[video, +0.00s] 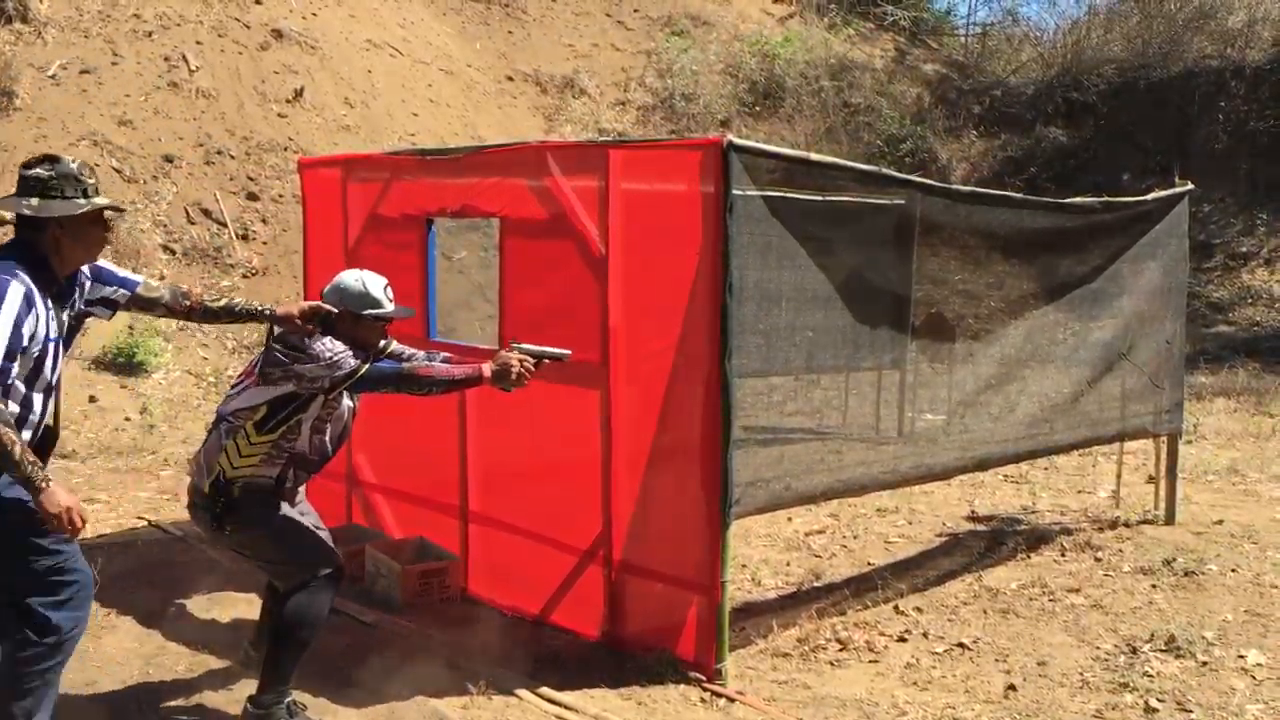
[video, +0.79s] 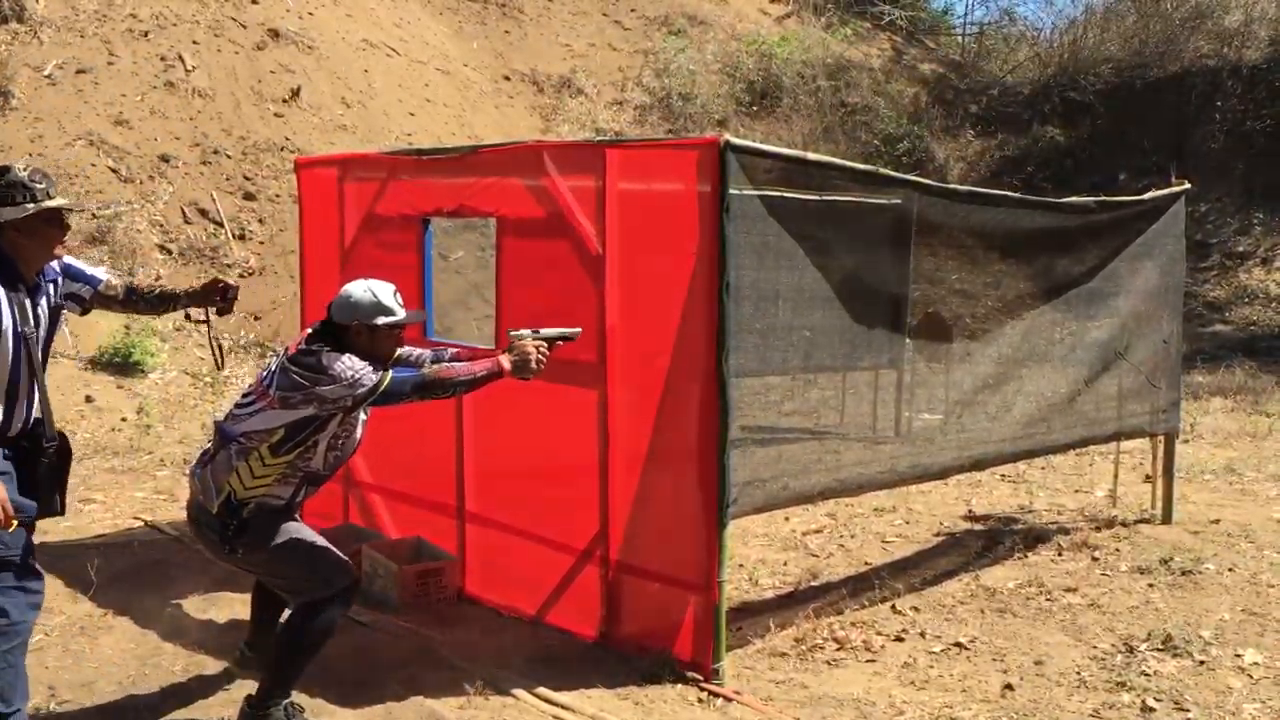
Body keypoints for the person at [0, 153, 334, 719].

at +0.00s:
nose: (108, 228)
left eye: (105, 217)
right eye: (96, 219)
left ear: (64, 231)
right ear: (57, 232)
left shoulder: (79, 276)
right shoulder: (13, 295)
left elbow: (179, 301)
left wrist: (275, 314)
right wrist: (40, 482)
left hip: (16, 475)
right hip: (4, 480)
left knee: (46, 581)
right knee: (66, 583)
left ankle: (18, 698)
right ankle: (22, 707)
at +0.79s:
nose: (62, 230)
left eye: (61, 219)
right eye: (49, 221)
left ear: (38, 226)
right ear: (10, 229)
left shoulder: (52, 274)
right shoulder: (3, 293)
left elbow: (126, 293)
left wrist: (195, 297)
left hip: (25, 452)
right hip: (2, 459)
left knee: (18, 588)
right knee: (17, 590)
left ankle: (11, 702)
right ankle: (10, 704)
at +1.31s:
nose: (55, 234)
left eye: (53, 223)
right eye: (44, 225)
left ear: (19, 233)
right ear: (9, 233)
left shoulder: (37, 270)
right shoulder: (8, 290)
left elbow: (78, 308)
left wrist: (122, 308)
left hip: (10, 426)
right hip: (2, 430)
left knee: (34, 509)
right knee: (32, 510)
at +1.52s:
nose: (64, 248)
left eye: (61, 239)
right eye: (54, 241)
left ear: (28, 251)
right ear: (19, 252)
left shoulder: (44, 286)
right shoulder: (4, 312)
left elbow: (70, 325)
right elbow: (18, 402)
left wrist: (144, 337)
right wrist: (81, 460)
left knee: (70, 510)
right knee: (6, 561)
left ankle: (77, 599)